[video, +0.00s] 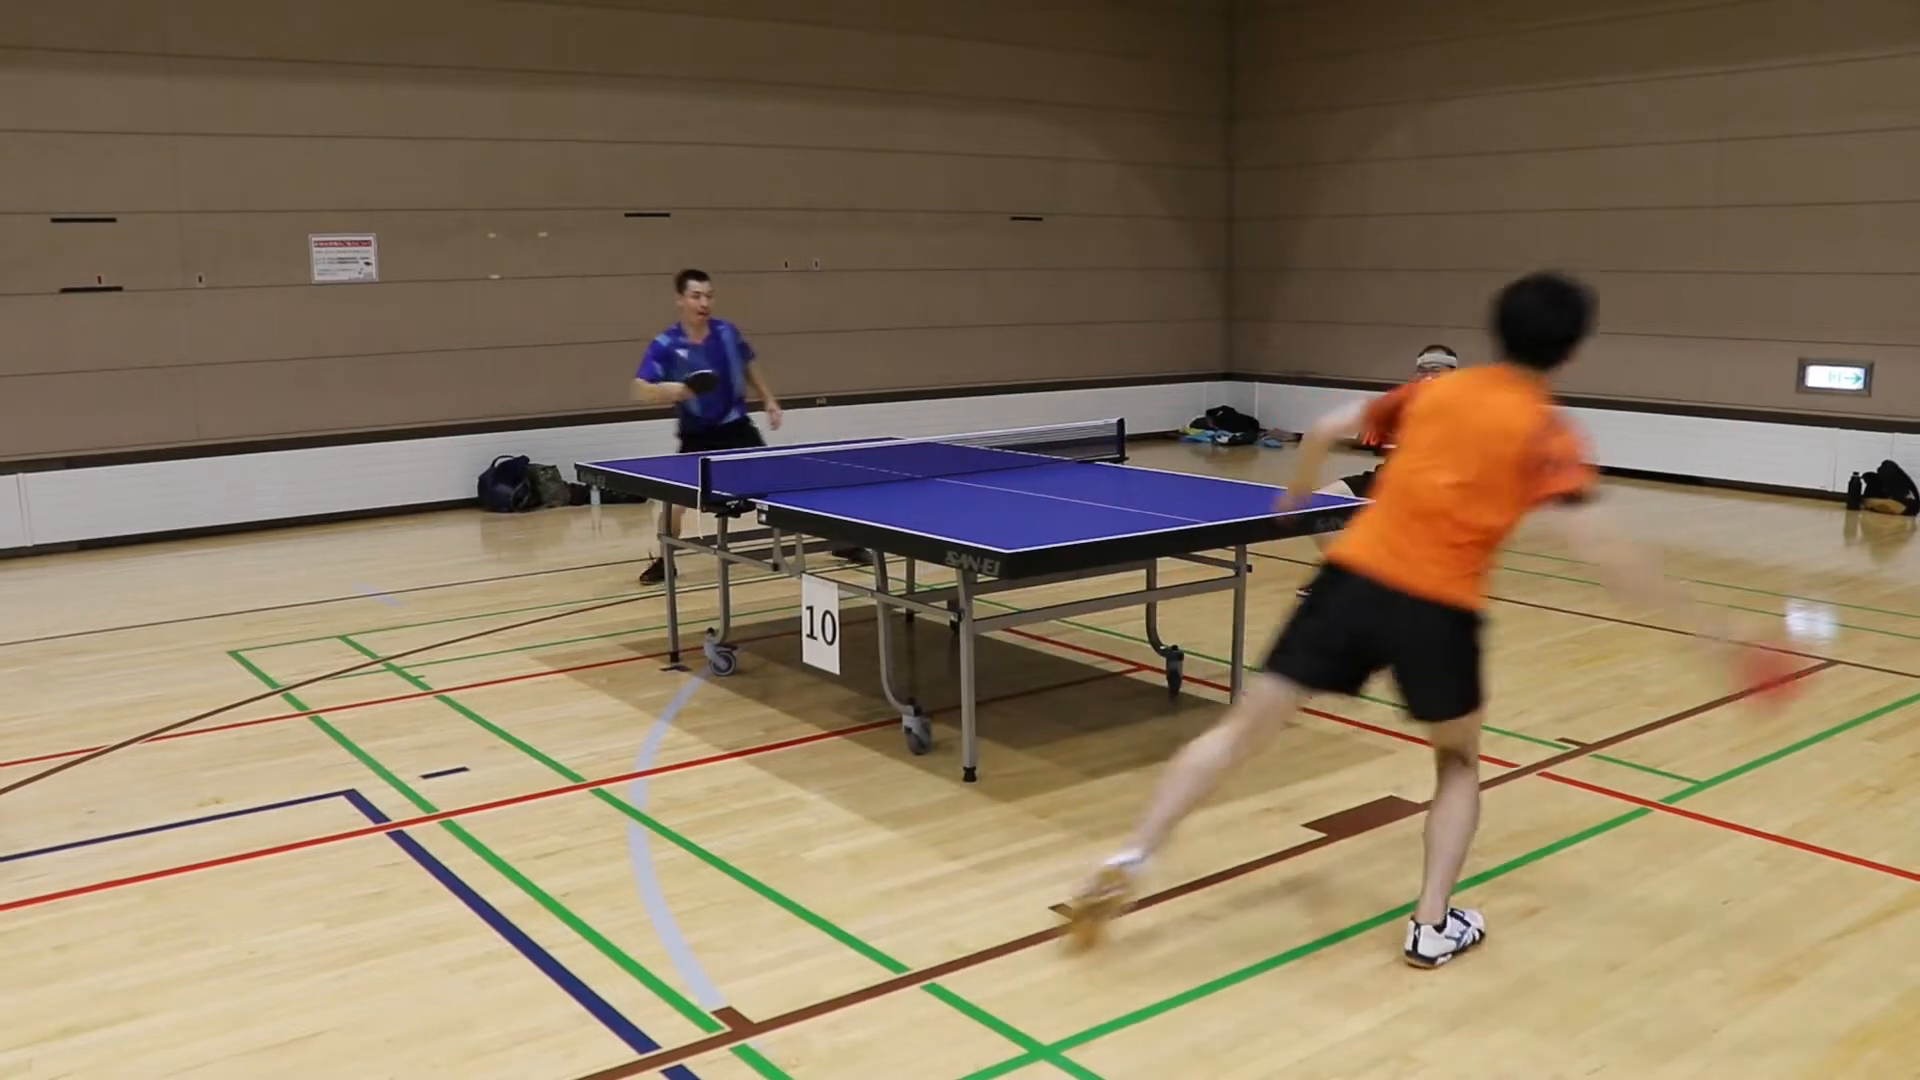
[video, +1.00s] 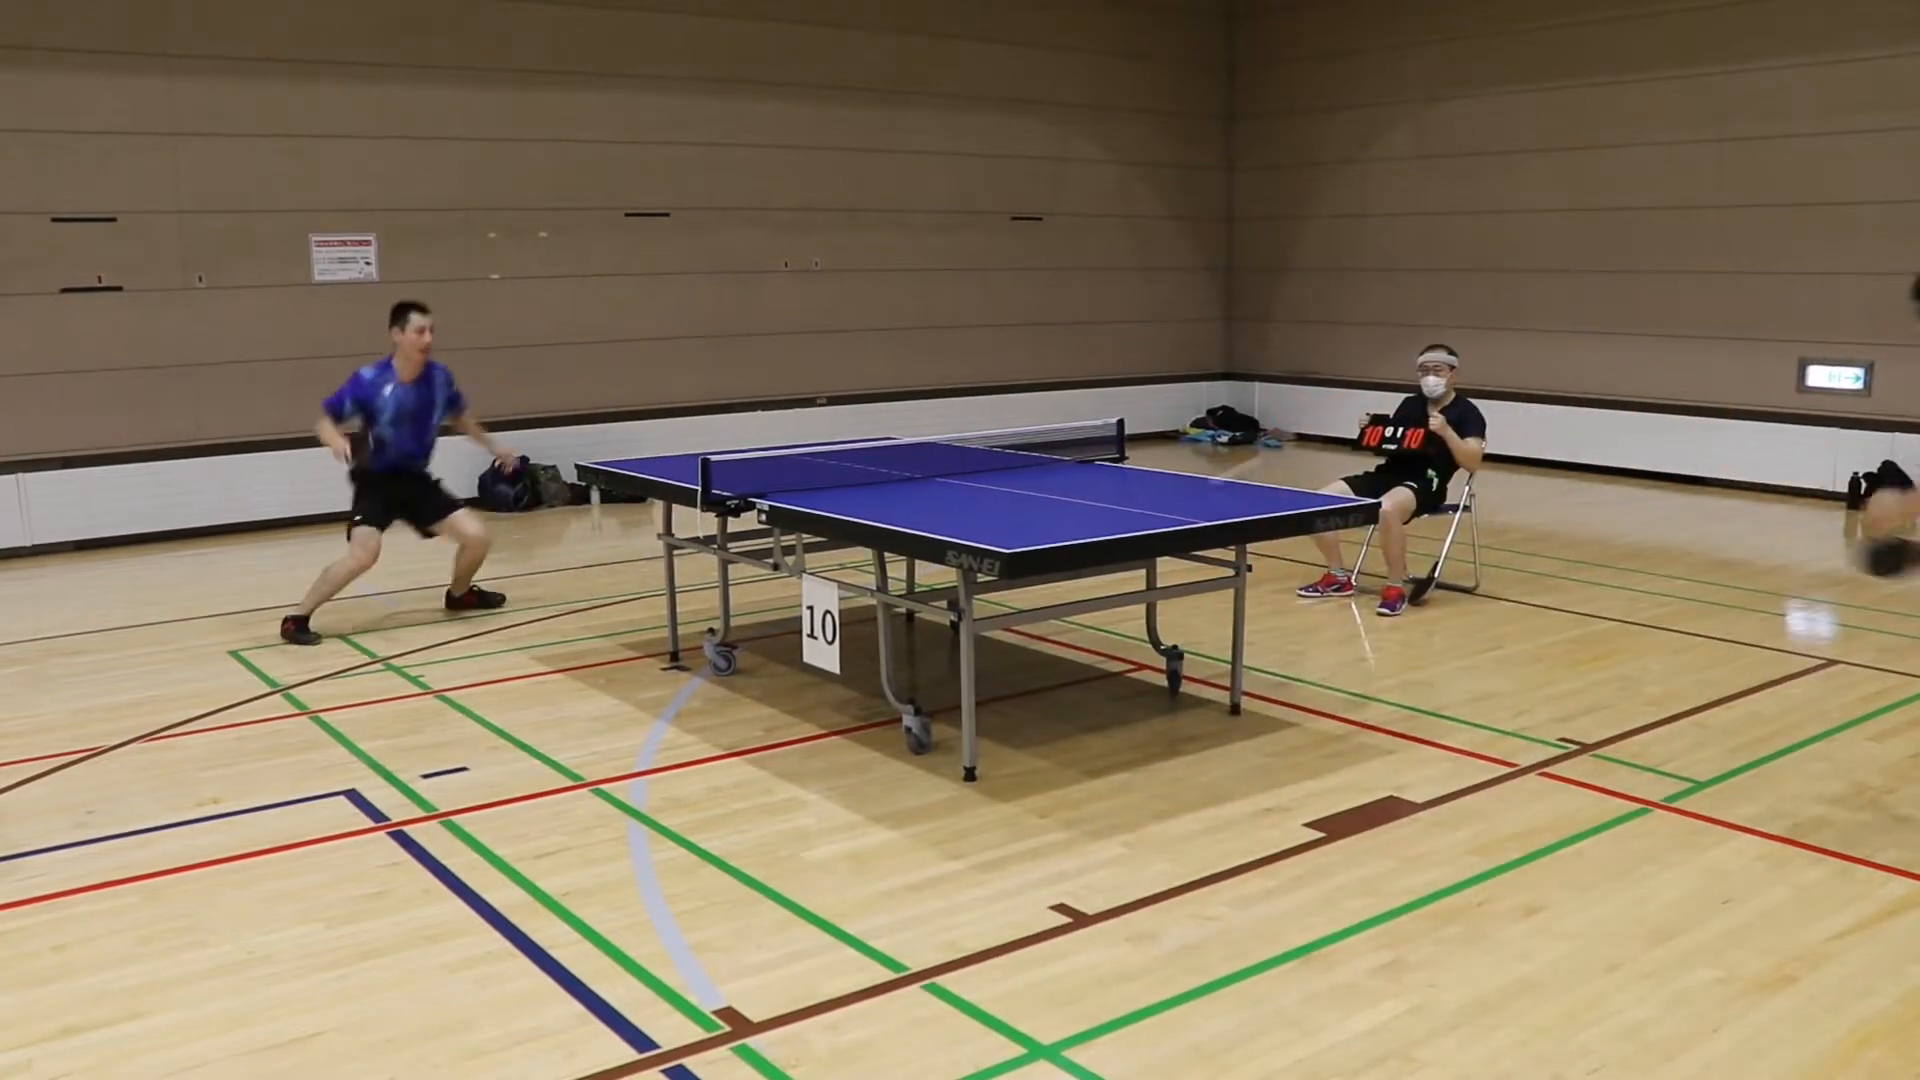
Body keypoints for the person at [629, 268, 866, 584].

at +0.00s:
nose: (704, 303)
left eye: (708, 296)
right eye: (696, 296)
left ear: (713, 300)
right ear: (679, 300)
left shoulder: (726, 333)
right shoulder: (666, 344)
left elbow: (748, 366)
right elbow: (640, 390)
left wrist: (769, 400)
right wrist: (680, 390)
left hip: (739, 430)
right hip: (697, 437)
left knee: (782, 481)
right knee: (674, 500)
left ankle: (839, 538)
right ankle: (664, 559)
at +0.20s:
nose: (665, 286)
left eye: (669, 279)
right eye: (657, 279)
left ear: (672, 282)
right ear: (640, 283)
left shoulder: (687, 319)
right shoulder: (623, 326)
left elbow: (708, 352)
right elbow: (587, 367)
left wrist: (732, 383)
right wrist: (619, 376)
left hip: (687, 421)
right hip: (646, 425)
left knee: (728, 473)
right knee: (635, 491)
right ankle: (617, 554)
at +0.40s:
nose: (618, 331)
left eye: (623, 323)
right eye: (610, 324)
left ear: (628, 325)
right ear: (595, 329)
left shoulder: (646, 361)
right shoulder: (584, 367)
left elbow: (677, 386)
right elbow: (551, 400)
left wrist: (707, 415)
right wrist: (547, 409)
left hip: (637, 462)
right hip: (593, 464)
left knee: (688, 505)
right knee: (569, 505)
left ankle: (684, 552)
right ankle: (537, 580)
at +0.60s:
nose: (529, 342)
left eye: (533, 334)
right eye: (520, 335)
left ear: (539, 335)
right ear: (503, 340)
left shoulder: (558, 367)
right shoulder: (490, 381)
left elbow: (590, 379)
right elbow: (457, 426)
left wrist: (627, 393)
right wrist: (438, 402)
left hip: (564, 462)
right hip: (521, 468)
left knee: (628, 504)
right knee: (516, 514)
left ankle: (643, 548)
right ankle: (530, 583)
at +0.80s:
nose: (478, 308)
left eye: (482, 301)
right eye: (470, 301)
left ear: (486, 304)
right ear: (450, 303)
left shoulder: (495, 339)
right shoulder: (427, 343)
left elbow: (528, 361)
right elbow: (390, 370)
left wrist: (561, 379)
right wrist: (378, 377)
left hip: (487, 440)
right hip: (444, 444)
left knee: (544, 507)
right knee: (448, 515)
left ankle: (530, 555)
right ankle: (471, 578)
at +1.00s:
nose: (428, 339)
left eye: (430, 331)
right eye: (420, 332)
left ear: (431, 334)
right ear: (396, 335)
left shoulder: (439, 378)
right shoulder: (369, 380)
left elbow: (461, 418)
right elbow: (324, 419)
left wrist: (496, 449)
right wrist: (335, 439)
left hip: (415, 481)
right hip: (374, 482)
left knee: (476, 537)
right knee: (363, 554)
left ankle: (460, 594)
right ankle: (297, 619)